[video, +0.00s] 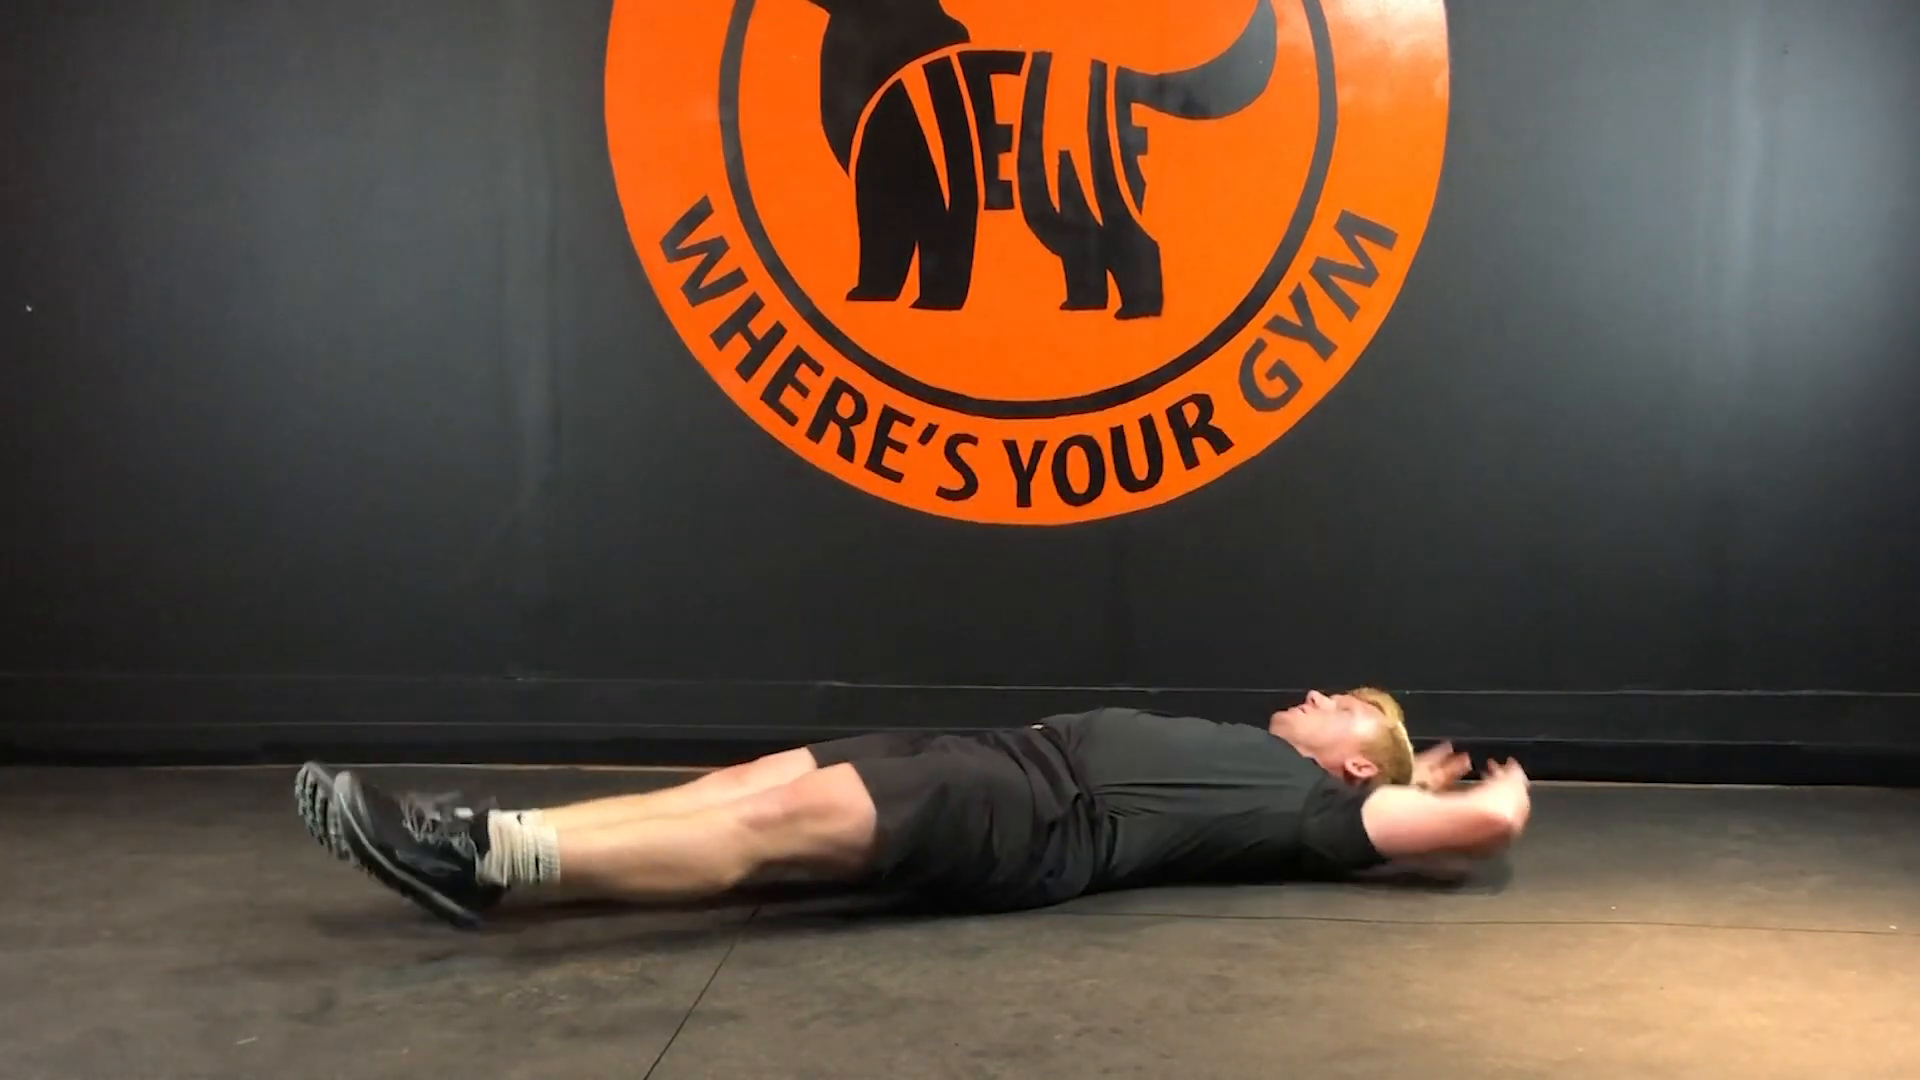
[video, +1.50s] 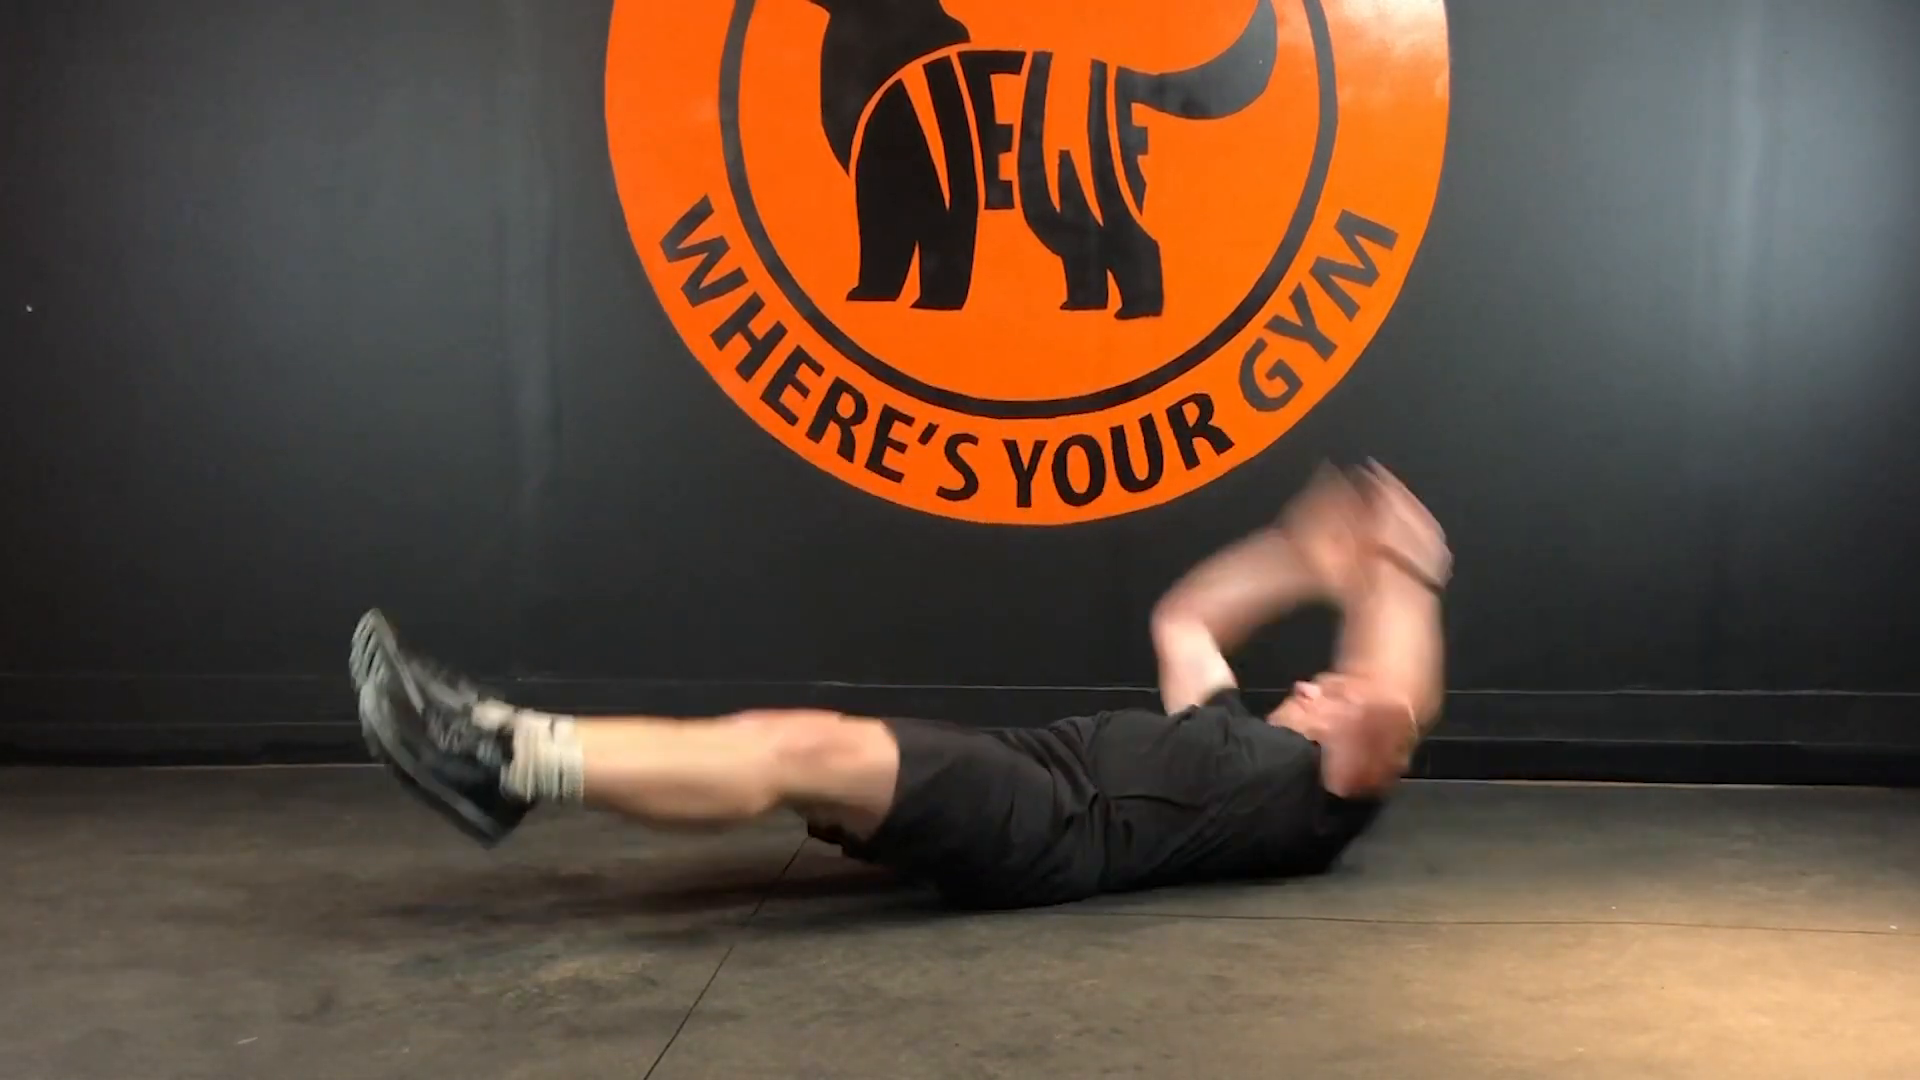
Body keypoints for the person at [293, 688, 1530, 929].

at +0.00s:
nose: (1319, 703)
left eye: (1345, 716)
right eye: (1324, 697)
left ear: (1369, 764)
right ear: (1306, 714)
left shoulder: (1330, 807)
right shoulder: (1224, 747)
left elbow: (1489, 823)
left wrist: (1478, 790)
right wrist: (1411, 764)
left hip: (1035, 796)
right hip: (966, 746)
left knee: (792, 814)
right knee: (737, 785)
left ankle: (481, 855)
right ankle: (474, 849)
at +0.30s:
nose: (1214, 618)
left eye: (1245, 612)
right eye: (1224, 603)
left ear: (1300, 651)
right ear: (1230, 621)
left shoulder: (1274, 717)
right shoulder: (1184, 699)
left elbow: (1171, 671)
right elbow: (1096, 641)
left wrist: (1024, 559)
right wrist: (1012, 523)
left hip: (1040, 831)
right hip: (987, 820)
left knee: (842, 644)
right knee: (811, 664)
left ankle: (548, 626)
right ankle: (540, 640)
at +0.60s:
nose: (1071, 524)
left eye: (1093, 511)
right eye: (1072, 509)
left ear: (1161, 517)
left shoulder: (1184, 595)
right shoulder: (1084, 589)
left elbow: (1043, 555)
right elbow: (971, 531)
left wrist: (891, 461)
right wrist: (816, 444)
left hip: (1032, 831)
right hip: (958, 829)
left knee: (982, 578)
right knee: (930, 567)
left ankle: (737, 467)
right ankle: (726, 464)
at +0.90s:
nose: (1201, 564)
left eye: (1230, 560)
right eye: (1208, 549)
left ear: (1273, 607)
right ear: (1212, 568)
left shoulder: (1262, 701)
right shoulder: (1148, 644)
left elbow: (1207, 616)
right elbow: (1028, 575)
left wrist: (1164, 464)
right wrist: (1034, 455)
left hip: (1043, 830)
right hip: (980, 796)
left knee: (854, 647)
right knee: (820, 628)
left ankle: (573, 609)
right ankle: (556, 590)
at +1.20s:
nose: (1331, 671)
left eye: (1356, 686)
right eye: (1343, 665)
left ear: (1365, 737)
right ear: (1309, 681)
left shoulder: (1329, 787)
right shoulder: (1222, 726)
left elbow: (1497, 776)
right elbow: (1216, 684)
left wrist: (1539, 706)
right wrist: (1315, 690)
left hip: (1045, 809)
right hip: (983, 754)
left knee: (818, 777)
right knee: (767, 739)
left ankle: (499, 781)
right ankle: (491, 782)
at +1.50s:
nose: (1320, 689)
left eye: (1345, 693)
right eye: (1320, 680)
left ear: (1365, 737)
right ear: (1293, 699)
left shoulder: (1313, 789)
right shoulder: (1225, 739)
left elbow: (1394, 704)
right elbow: (1186, 618)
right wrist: (1307, 552)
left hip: (1051, 818)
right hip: (1004, 775)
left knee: (810, 743)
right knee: (779, 740)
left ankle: (510, 755)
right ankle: (508, 758)